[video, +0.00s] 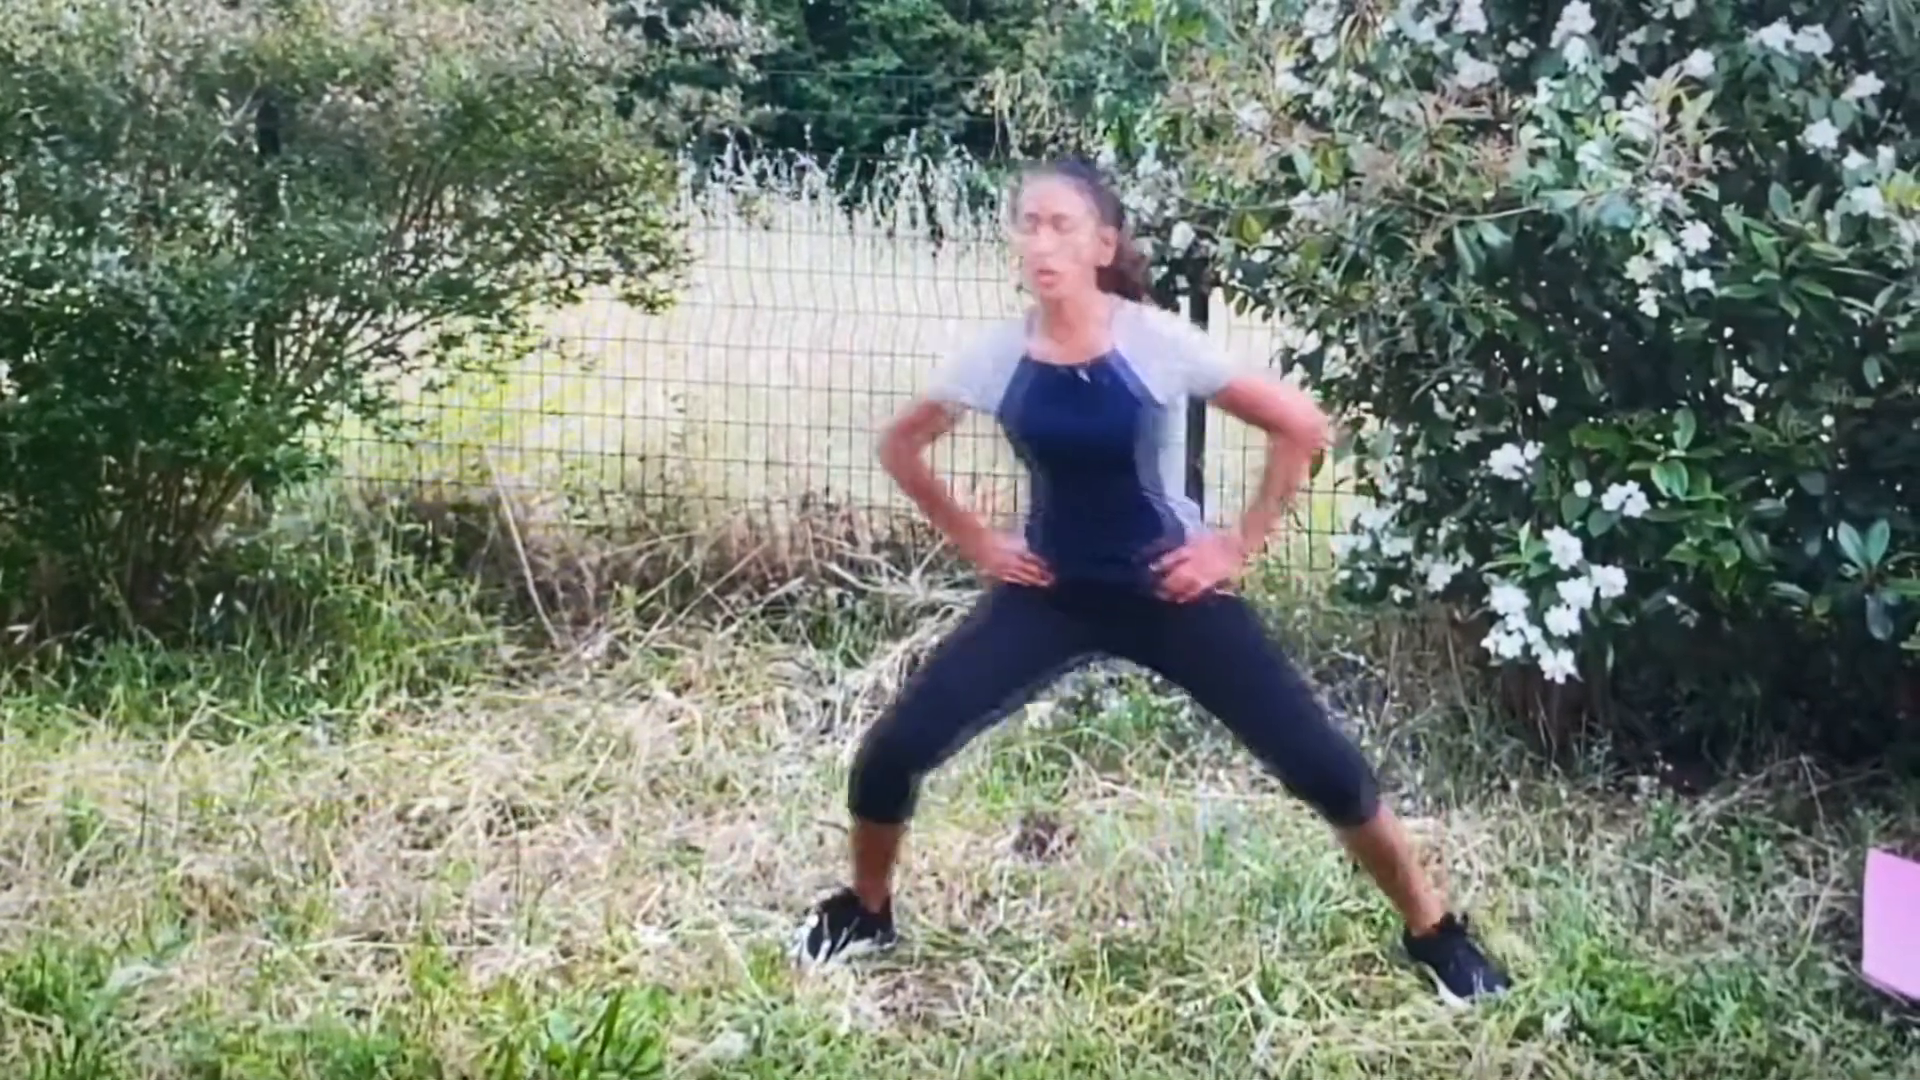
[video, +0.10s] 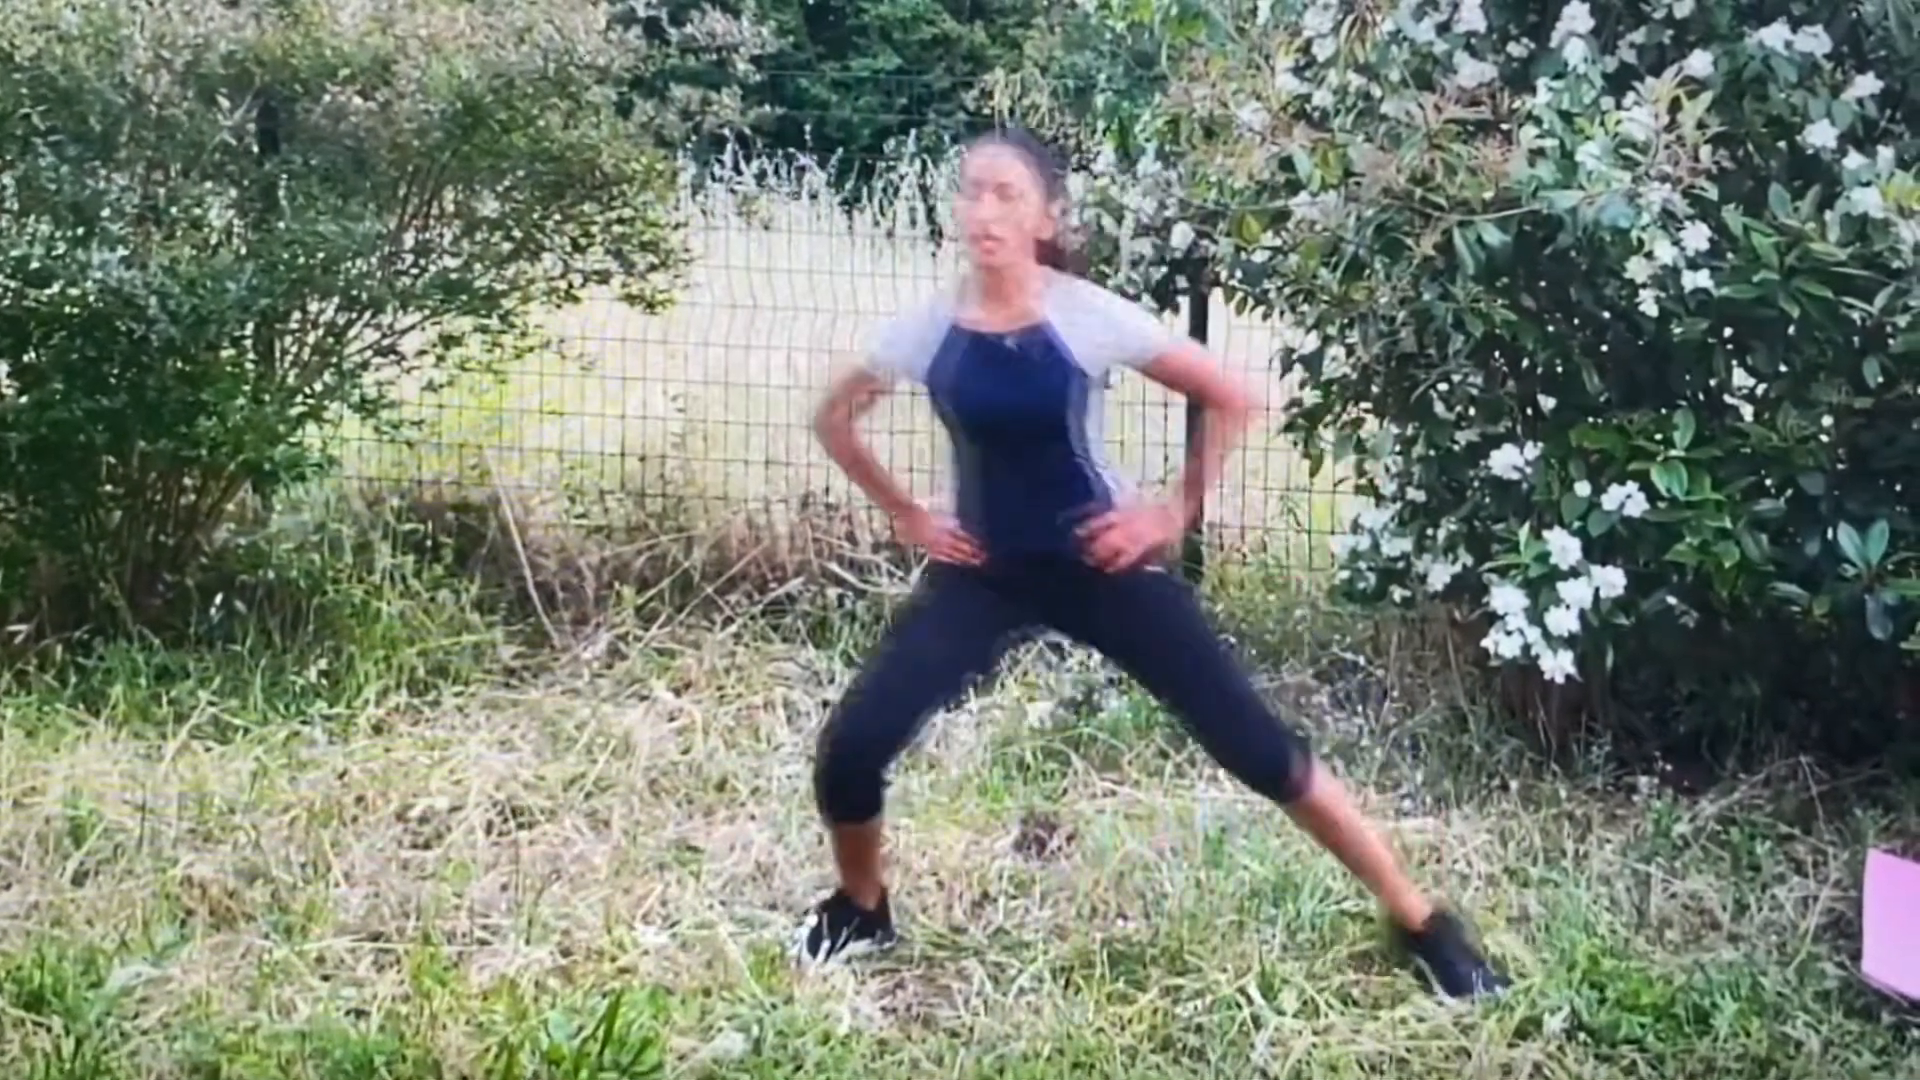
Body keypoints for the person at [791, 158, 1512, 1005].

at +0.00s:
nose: (1036, 243)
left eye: (1058, 225)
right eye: (1027, 224)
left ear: (1106, 246)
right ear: (1013, 242)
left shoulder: (1161, 343)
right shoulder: (1000, 351)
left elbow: (1303, 431)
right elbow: (897, 446)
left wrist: (1240, 542)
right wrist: (976, 538)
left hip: (1175, 601)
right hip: (1046, 598)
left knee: (1331, 768)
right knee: (887, 756)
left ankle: (1435, 933)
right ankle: (864, 910)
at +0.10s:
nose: (983, 210)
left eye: (1005, 193)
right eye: (970, 192)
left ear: (1048, 219)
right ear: (953, 213)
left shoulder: (1089, 317)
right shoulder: (929, 326)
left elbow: (1232, 397)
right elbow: (832, 419)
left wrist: (1174, 510)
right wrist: (906, 513)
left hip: (1107, 576)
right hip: (980, 578)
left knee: (1259, 749)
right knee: (846, 756)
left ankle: (1423, 925)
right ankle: (860, 908)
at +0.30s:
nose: (923, 167)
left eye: (947, 153)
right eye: (911, 148)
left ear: (985, 180)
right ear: (891, 167)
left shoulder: (1022, 281)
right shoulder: (854, 273)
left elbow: (1154, 381)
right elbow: (734, 365)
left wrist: (1082, 486)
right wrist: (816, 480)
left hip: (1011, 538)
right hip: (888, 536)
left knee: (1085, 710)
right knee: (812, 750)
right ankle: (860, 907)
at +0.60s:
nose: (877, 162)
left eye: (900, 147)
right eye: (866, 144)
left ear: (942, 172)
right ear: (847, 162)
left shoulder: (972, 280)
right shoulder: (811, 254)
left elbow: (1073, 413)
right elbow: (674, 304)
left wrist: (987, 503)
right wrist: (740, 427)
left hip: (911, 529)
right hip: (793, 502)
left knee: (937, 733)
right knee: (597, 616)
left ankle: (932, 911)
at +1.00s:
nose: (683, 230)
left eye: (707, 216)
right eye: (673, 210)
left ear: (747, 241)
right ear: (654, 223)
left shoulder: (770, 342)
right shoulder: (608, 318)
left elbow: (898, 452)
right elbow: (489, 391)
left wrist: (814, 541)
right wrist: (557, 509)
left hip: (740, 584)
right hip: (615, 576)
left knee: (851, 735)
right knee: (417, 723)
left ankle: (924, 907)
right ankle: (418, 848)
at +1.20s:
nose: (662, 231)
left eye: (687, 217)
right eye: (651, 210)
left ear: (725, 240)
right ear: (630, 222)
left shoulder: (752, 338)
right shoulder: (589, 314)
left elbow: (876, 449)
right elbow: (468, 391)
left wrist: (793, 540)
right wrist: (533, 508)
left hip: (725, 583)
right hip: (593, 574)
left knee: (842, 736)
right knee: (405, 725)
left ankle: (924, 910)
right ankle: (416, 853)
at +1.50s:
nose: (796, 209)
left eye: (819, 193)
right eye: (783, 190)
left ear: (857, 215)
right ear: (762, 206)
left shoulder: (881, 328)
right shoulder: (723, 303)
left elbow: (1000, 444)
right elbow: (586, 355)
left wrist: (913, 531)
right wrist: (654, 474)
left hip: (838, 565)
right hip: (717, 550)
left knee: (893, 746)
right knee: (534, 710)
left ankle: (930, 917)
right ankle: (437, 841)